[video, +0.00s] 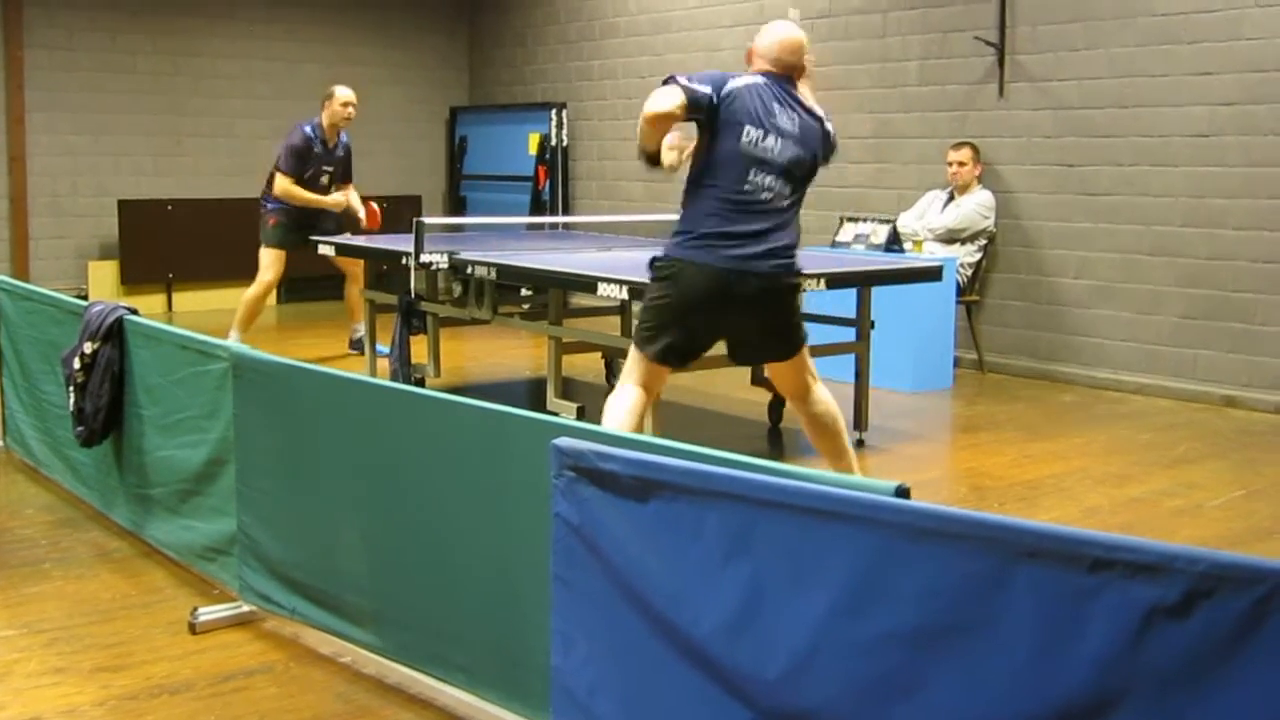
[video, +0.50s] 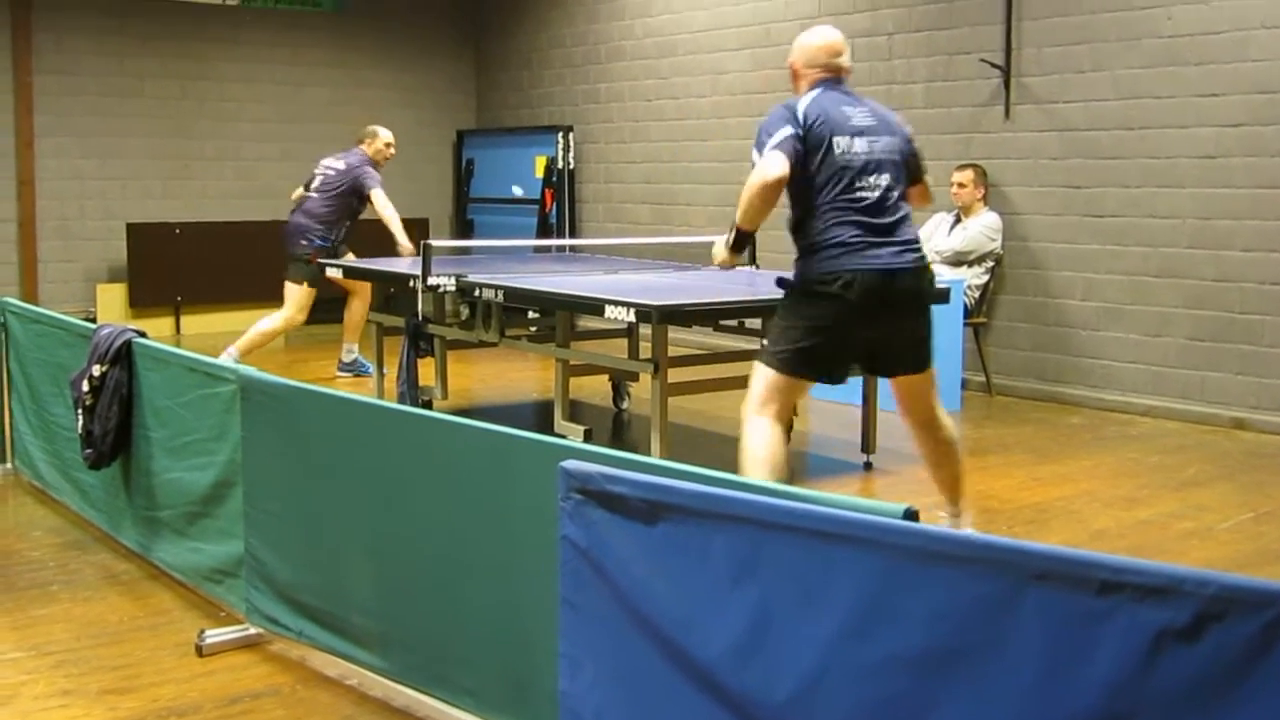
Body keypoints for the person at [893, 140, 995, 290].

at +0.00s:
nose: (954, 170)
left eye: (961, 165)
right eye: (950, 165)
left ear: (977, 169)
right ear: (946, 168)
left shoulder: (984, 200)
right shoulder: (935, 196)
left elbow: (951, 227)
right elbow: (902, 224)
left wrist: (914, 228)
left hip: (948, 276)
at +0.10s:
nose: (952, 174)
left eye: (960, 168)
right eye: (949, 168)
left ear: (977, 173)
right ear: (945, 171)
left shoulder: (984, 204)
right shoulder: (935, 200)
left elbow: (952, 232)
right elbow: (902, 228)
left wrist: (914, 232)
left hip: (949, 280)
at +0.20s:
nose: (950, 178)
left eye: (957, 173)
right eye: (948, 172)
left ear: (975, 178)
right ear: (944, 174)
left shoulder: (984, 208)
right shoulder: (935, 204)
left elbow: (951, 237)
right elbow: (902, 232)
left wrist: (916, 237)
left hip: (949, 284)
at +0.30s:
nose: (949, 181)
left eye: (956, 176)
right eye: (947, 176)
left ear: (974, 182)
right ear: (944, 178)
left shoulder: (985, 212)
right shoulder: (936, 208)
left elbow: (951, 241)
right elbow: (903, 236)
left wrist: (915, 241)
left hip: (950, 289)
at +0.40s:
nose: (951, 186)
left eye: (958, 181)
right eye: (949, 180)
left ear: (976, 186)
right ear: (946, 181)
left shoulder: (987, 216)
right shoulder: (938, 213)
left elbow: (954, 245)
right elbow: (905, 241)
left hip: (953, 293)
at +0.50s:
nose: (954, 191)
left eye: (961, 186)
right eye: (952, 185)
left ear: (980, 192)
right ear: (949, 187)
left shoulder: (991, 222)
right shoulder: (941, 218)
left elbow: (957, 251)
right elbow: (914, 245)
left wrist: (929, 246)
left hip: (957, 298)